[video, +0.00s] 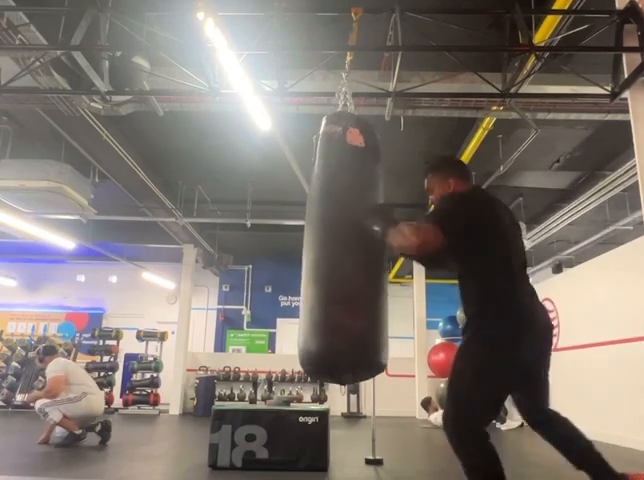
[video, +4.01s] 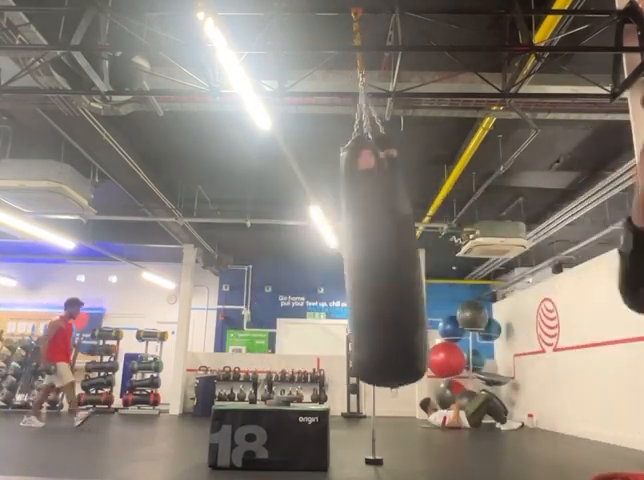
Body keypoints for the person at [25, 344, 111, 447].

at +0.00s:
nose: (43, 368)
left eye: (42, 364)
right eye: (41, 365)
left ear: (44, 358)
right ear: (55, 354)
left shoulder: (55, 364)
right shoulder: (67, 363)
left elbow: (53, 391)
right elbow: (61, 403)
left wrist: (35, 396)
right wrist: (47, 434)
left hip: (87, 403)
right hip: (97, 403)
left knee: (42, 405)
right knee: (59, 433)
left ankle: (77, 432)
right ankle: (98, 426)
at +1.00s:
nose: (59, 349)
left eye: (57, 346)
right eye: (55, 348)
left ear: (60, 337)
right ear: (64, 333)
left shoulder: (71, 340)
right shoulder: (78, 335)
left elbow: (82, 366)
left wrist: (84, 386)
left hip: (116, 356)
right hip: (129, 353)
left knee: (87, 393)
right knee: (110, 394)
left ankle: (81, 434)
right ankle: (123, 431)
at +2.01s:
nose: (44, 282)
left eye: (47, 278)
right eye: (45, 278)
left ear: (58, 278)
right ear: (61, 279)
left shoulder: (62, 294)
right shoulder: (67, 295)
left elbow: (62, 320)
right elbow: (76, 323)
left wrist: (42, 340)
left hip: (61, 344)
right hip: (55, 344)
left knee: (68, 389)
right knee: (40, 387)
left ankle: (79, 431)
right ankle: (24, 430)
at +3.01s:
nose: (44, 327)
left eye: (44, 324)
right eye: (41, 324)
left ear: (38, 326)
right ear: (33, 325)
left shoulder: (33, 341)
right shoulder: (21, 340)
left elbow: (29, 360)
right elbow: (9, 359)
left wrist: (30, 373)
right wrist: (9, 380)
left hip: (23, 373)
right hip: (13, 374)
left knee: (42, 384)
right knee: (41, 385)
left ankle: (34, 415)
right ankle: (31, 416)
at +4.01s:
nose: (79, 312)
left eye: (79, 309)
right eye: (77, 309)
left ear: (73, 309)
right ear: (69, 308)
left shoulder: (69, 325)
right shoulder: (56, 322)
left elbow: (67, 344)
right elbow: (45, 341)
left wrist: (69, 360)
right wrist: (43, 361)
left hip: (64, 360)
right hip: (56, 360)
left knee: (47, 388)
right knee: (69, 384)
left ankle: (32, 415)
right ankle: (76, 414)